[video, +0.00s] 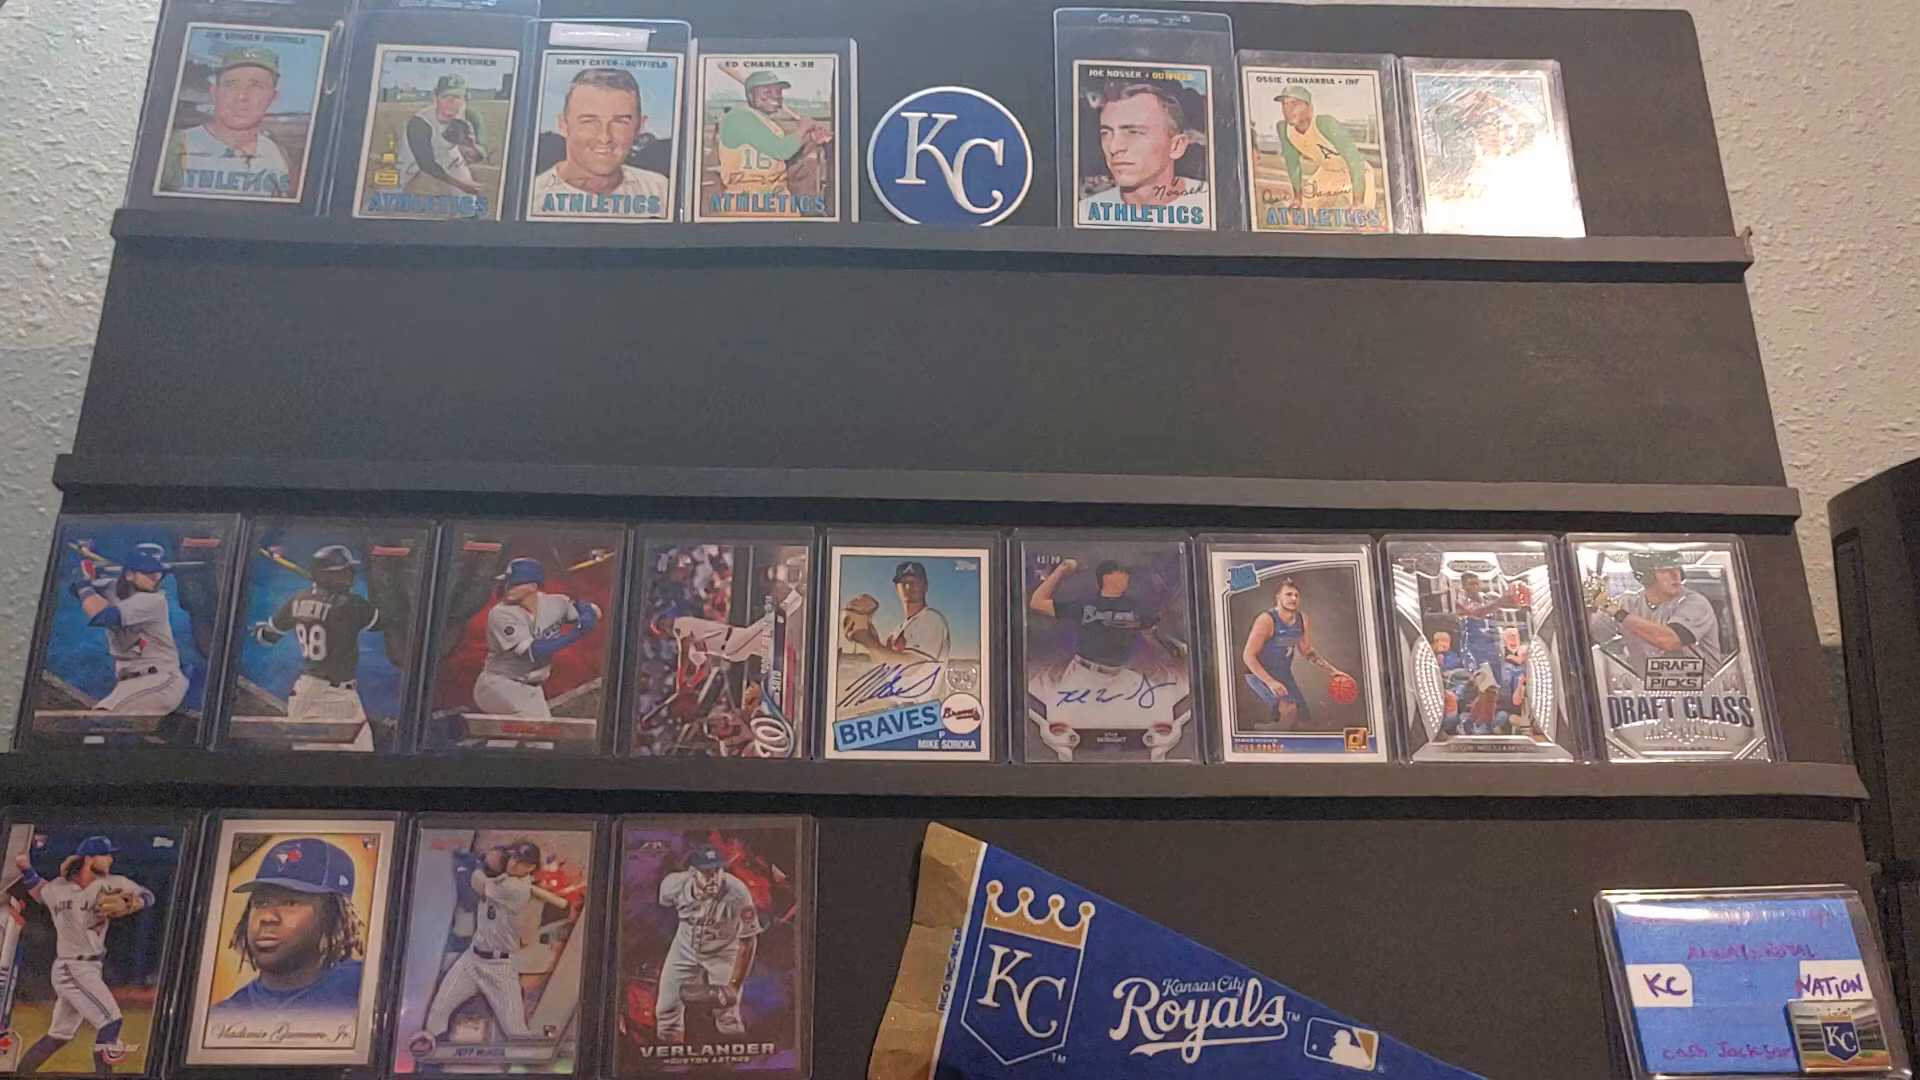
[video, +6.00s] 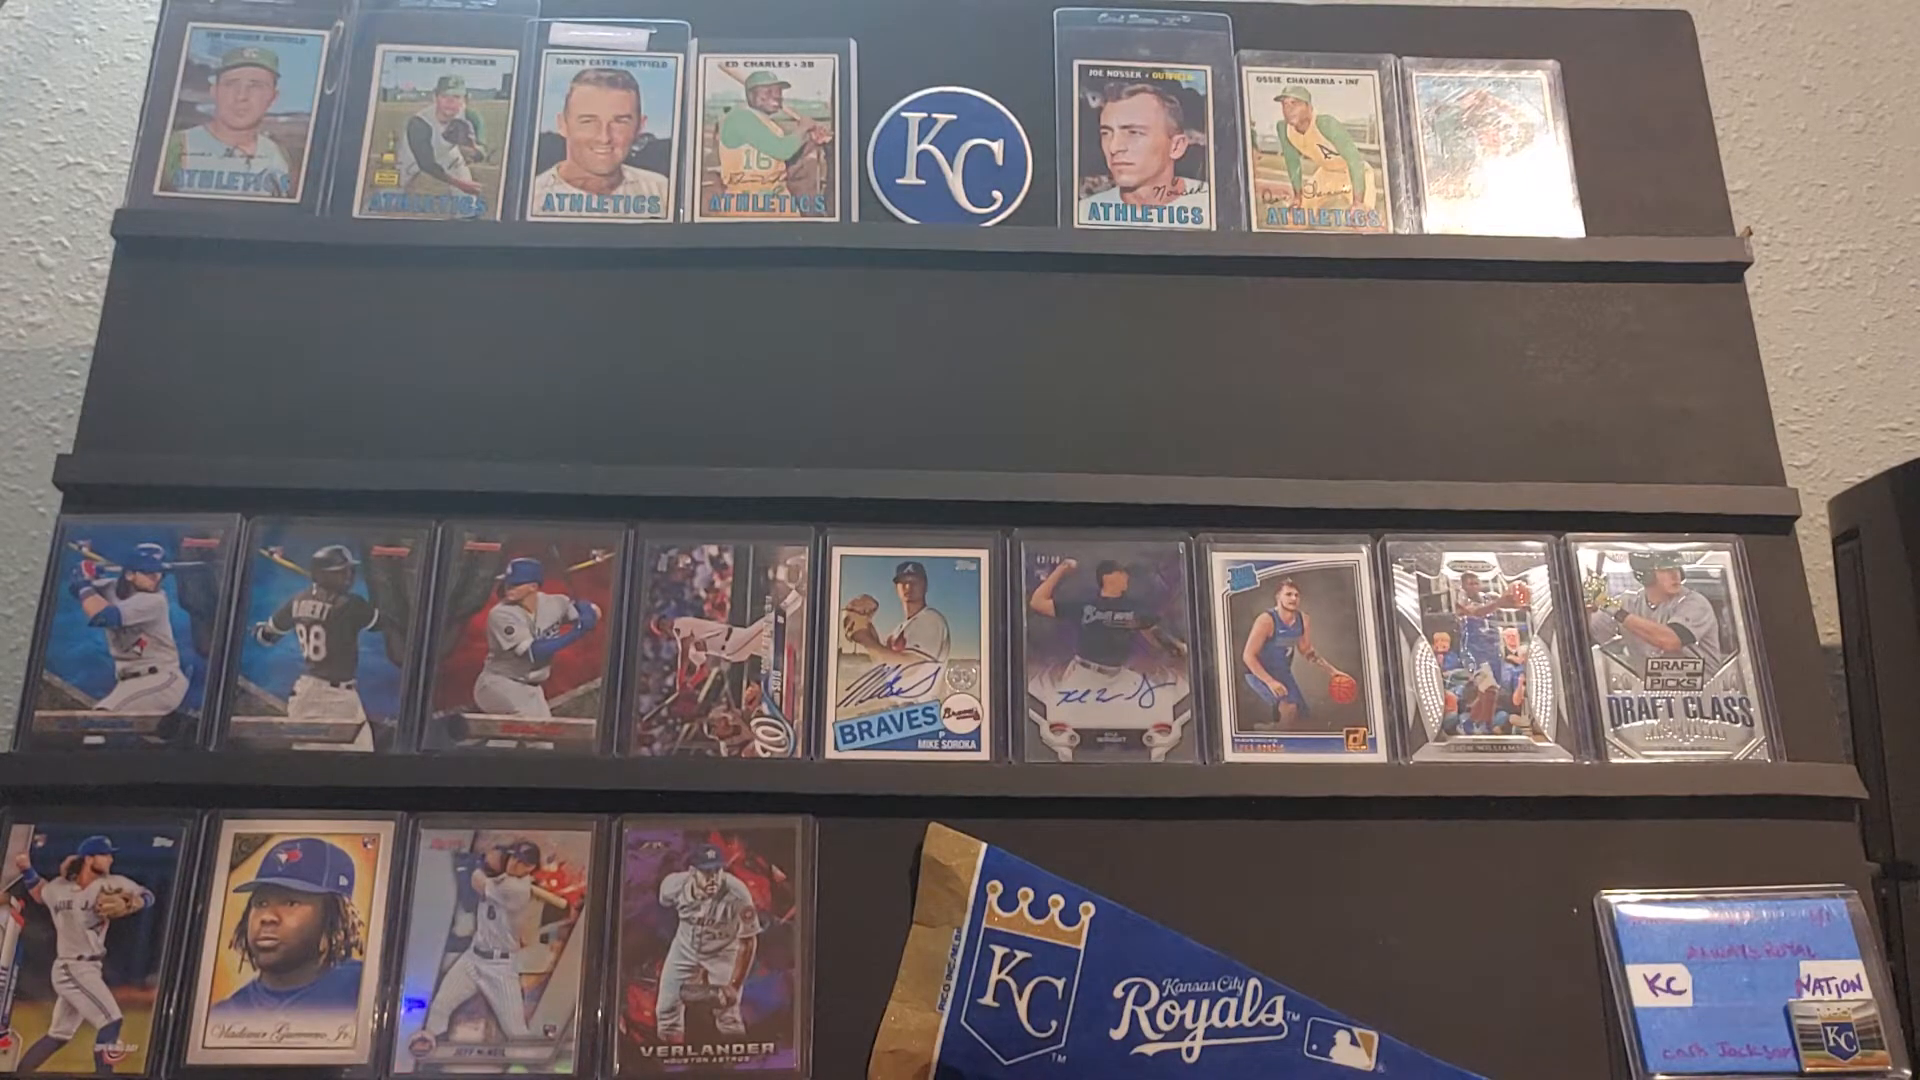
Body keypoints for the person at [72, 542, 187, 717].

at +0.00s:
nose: (156, 577)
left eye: (158, 572)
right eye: (149, 571)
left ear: (162, 573)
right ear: (130, 573)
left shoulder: (153, 601)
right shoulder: (115, 588)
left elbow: (104, 617)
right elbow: (78, 589)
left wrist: (83, 585)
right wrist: (87, 574)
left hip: (161, 680)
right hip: (130, 681)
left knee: (99, 718)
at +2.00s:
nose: (156, 577)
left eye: (158, 572)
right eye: (148, 572)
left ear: (162, 572)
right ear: (130, 574)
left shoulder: (154, 600)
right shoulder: (113, 588)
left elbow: (104, 616)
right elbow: (79, 588)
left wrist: (82, 584)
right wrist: (87, 573)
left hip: (162, 679)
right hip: (129, 682)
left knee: (100, 717)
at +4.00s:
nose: (156, 577)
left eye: (158, 572)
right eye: (148, 572)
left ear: (162, 573)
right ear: (130, 575)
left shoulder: (154, 600)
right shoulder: (114, 587)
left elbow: (105, 617)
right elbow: (79, 589)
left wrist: (83, 585)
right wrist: (87, 574)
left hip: (162, 679)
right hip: (129, 681)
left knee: (101, 716)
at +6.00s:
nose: (156, 577)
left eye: (159, 572)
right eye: (149, 572)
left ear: (162, 573)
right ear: (130, 574)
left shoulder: (155, 600)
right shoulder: (113, 587)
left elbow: (104, 617)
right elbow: (78, 589)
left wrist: (83, 586)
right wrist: (86, 573)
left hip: (163, 679)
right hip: (130, 682)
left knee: (100, 718)